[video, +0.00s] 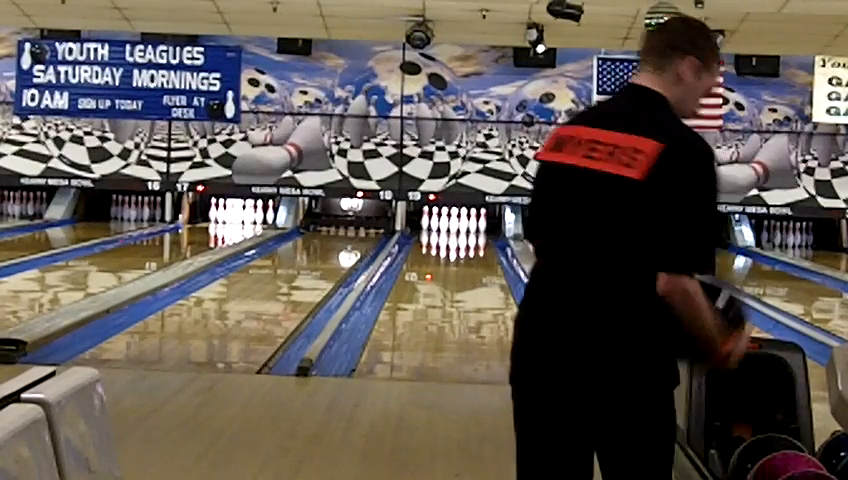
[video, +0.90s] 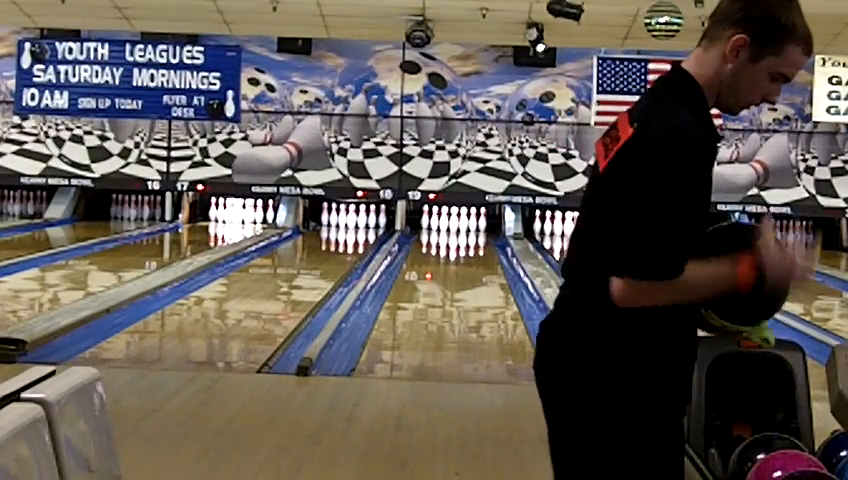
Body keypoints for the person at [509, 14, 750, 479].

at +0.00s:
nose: (712, 89)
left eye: (715, 77)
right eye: (711, 74)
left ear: (646, 62)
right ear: (686, 66)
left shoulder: (573, 127)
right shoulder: (685, 149)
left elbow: (538, 233)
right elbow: (673, 280)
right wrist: (721, 342)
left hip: (546, 337)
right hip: (629, 350)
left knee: (547, 475)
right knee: (638, 476)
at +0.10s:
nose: (688, 92)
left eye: (695, 80)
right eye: (692, 78)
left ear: (626, 49)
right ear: (670, 56)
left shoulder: (561, 120)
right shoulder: (659, 133)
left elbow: (544, 242)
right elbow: (674, 263)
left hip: (538, 345)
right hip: (622, 354)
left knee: (545, 477)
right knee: (636, 477)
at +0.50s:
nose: (720, 96)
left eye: (728, 84)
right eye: (723, 79)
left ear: (683, 51)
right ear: (691, 52)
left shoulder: (593, 114)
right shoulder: (669, 142)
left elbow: (539, 245)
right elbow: (637, 278)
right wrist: (710, 326)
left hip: (542, 340)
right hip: (611, 358)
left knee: (549, 477)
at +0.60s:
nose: (739, 100)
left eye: (749, 87)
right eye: (743, 81)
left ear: (703, 52)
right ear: (710, 55)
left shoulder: (608, 115)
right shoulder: (685, 151)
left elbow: (573, 242)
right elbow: (651, 294)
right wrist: (727, 354)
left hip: (551, 347)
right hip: (618, 368)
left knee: (556, 478)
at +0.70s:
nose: (752, 102)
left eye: (763, 89)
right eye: (756, 83)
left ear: (717, 53)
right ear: (722, 55)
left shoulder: (637, 110)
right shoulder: (681, 143)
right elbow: (656, 292)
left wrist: (733, 279)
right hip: (614, 375)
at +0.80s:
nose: (766, 99)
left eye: (776, 87)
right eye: (768, 81)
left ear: (728, 50)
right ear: (732, 53)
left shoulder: (657, 106)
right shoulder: (678, 131)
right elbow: (660, 288)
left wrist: (718, 183)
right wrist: (752, 229)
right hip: (612, 373)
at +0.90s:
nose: (774, 96)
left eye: (784, 84)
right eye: (776, 78)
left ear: (733, 49)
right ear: (736, 49)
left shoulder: (667, 108)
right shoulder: (679, 128)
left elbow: (661, 251)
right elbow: (632, 286)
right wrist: (750, 267)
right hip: (614, 366)